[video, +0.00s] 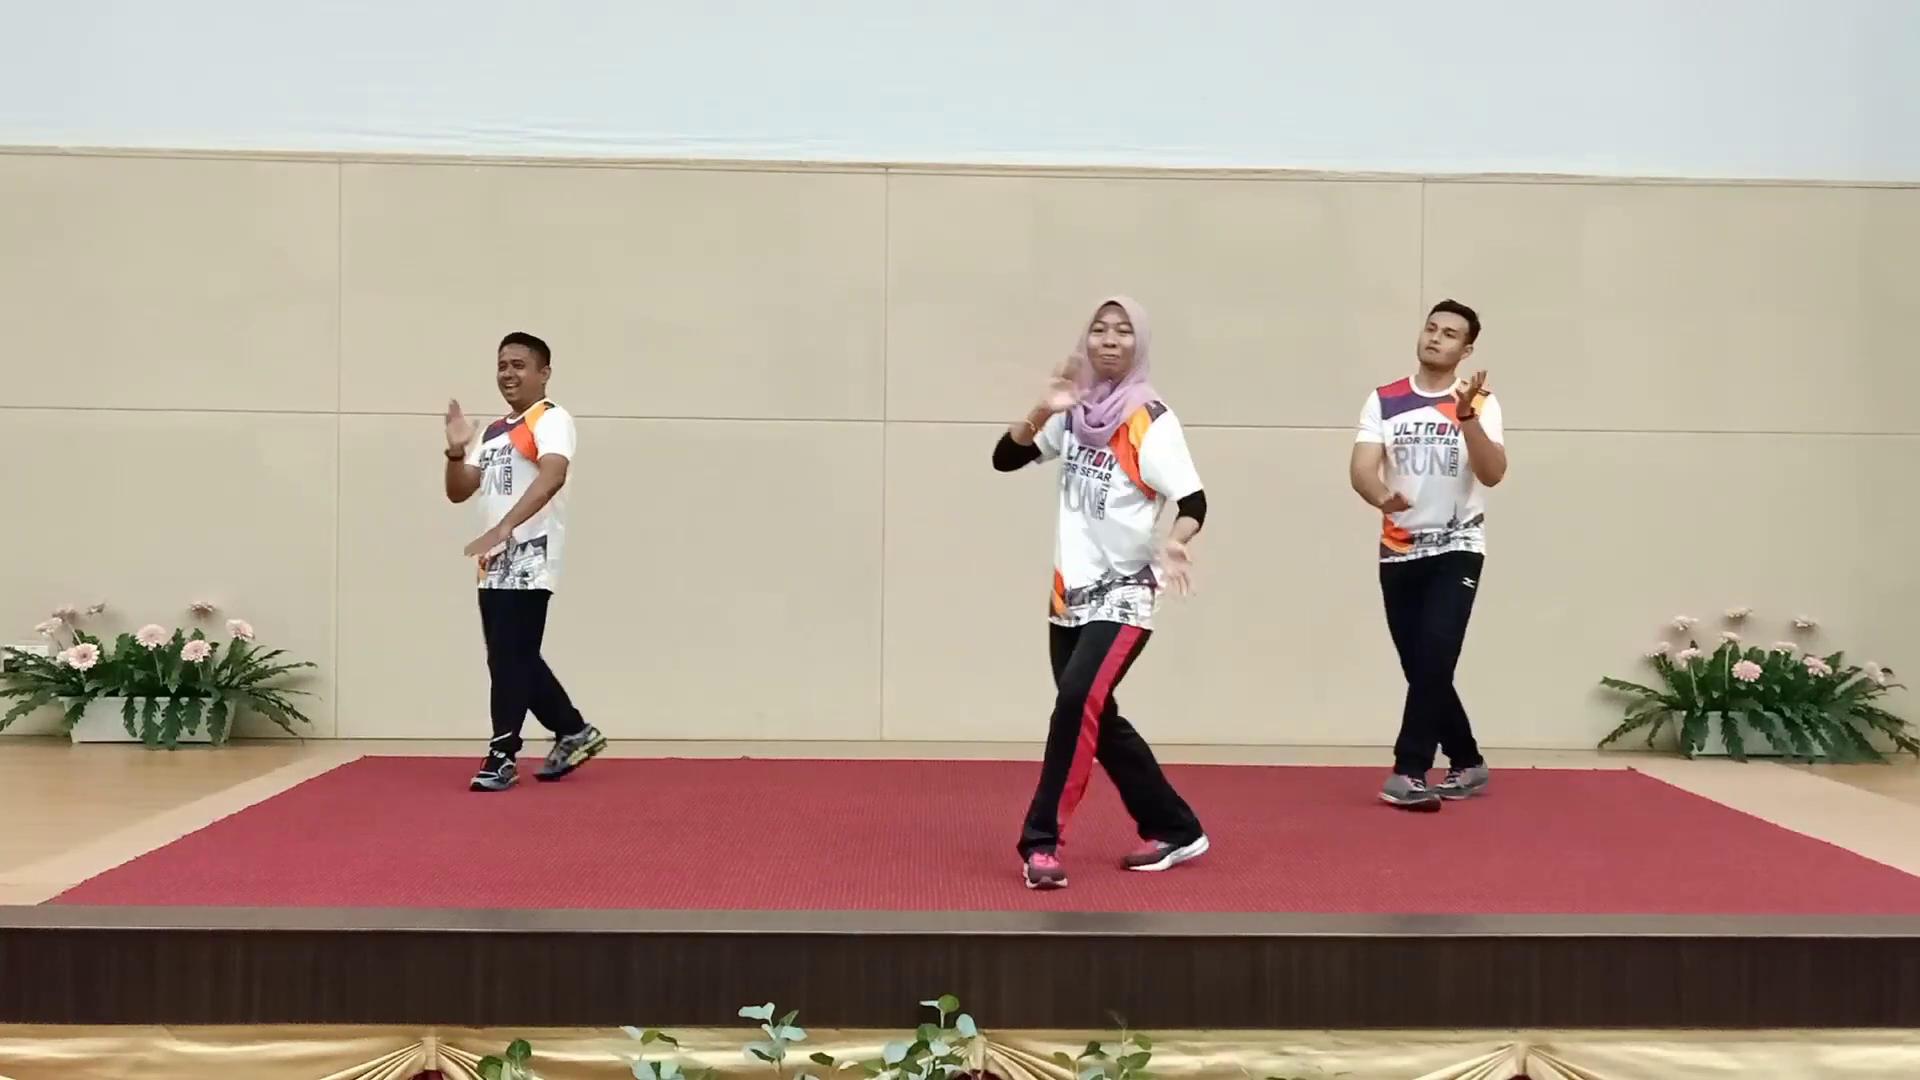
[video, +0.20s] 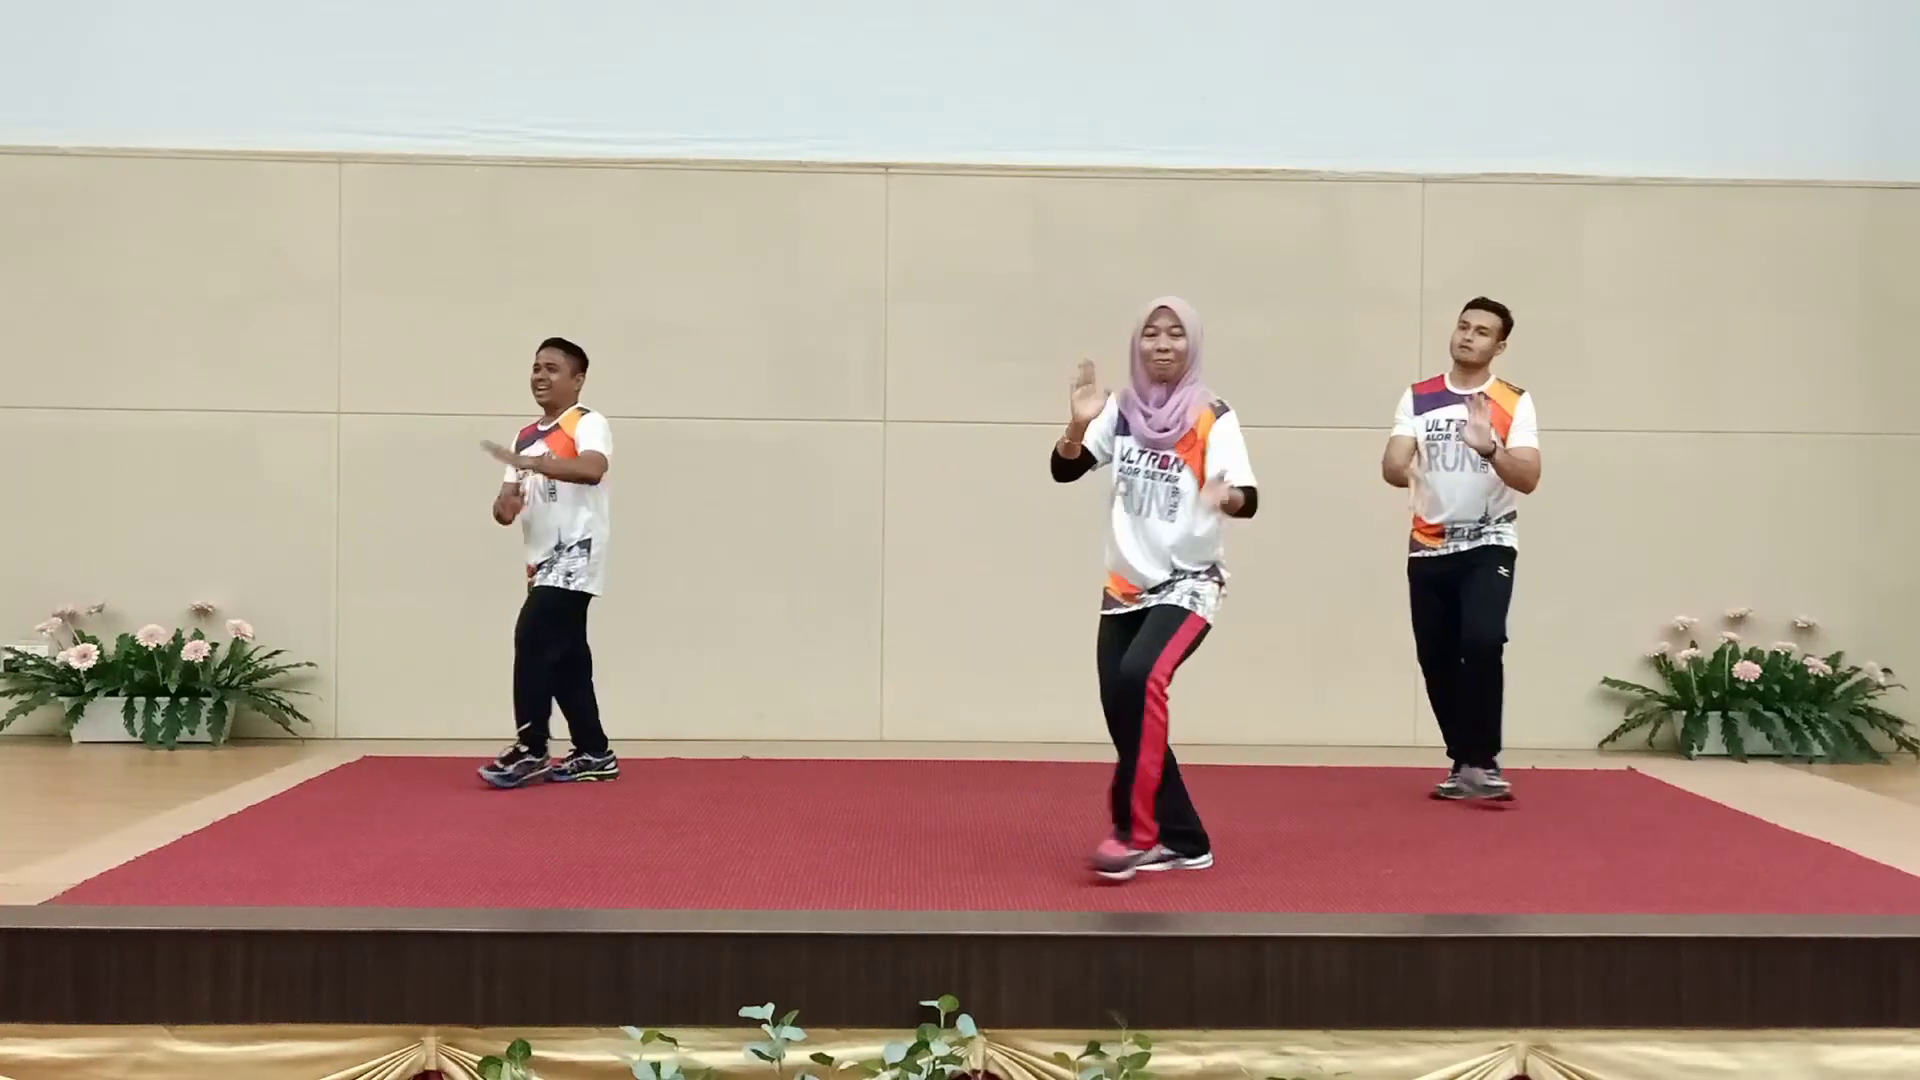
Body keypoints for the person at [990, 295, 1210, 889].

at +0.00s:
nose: (1111, 339)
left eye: (1123, 331)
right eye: (1101, 330)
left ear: (1140, 345)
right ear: (1085, 342)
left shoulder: (1150, 418)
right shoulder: (1071, 415)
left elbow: (1192, 499)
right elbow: (1004, 461)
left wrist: (1175, 539)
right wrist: (1036, 416)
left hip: (1127, 595)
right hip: (1070, 597)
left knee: (1075, 705)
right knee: (1098, 720)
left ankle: (1041, 843)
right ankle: (1179, 831)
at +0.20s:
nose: (1163, 343)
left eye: (1175, 334)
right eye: (1152, 333)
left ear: (1193, 346)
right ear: (1136, 344)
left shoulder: (1212, 417)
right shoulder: (1118, 412)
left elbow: (1246, 499)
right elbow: (1064, 470)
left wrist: (1231, 498)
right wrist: (1076, 426)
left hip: (1189, 584)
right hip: (1126, 589)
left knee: (1138, 676)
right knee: (1122, 713)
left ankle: (1133, 834)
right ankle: (1186, 841)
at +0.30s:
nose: (1192, 331)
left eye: (1204, 321)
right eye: (1181, 321)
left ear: (1222, 333)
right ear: (1164, 333)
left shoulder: (1241, 402)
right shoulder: (1141, 393)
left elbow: (1282, 476)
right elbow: (1095, 459)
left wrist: (1252, 427)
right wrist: (1089, 432)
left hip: (1217, 570)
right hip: (1150, 575)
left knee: (1185, 672)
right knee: (1144, 694)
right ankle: (1179, 836)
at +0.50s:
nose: (1256, 332)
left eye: (1268, 323)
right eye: (1245, 322)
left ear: (1289, 335)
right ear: (1230, 334)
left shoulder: (1303, 400)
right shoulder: (1206, 393)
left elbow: (1350, 450)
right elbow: (1172, 459)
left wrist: (1313, 379)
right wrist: (1151, 489)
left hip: (1277, 578)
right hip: (1206, 575)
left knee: (1301, 700)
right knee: (1178, 696)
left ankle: (1388, 834)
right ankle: (1182, 837)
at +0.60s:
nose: (1292, 346)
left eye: (1304, 335)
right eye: (1281, 336)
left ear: (1326, 345)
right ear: (1266, 347)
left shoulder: (1355, 410)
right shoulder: (1245, 408)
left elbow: (1380, 466)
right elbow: (1214, 479)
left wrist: (1333, 396)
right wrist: (1191, 533)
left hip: (1320, 594)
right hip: (1242, 589)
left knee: (1343, 715)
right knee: (1195, 698)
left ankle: (1398, 847)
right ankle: (1184, 836)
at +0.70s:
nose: (1320, 357)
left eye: (1334, 347)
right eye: (1310, 347)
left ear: (1358, 356)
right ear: (1299, 356)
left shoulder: (1388, 418)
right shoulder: (1282, 412)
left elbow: (1410, 481)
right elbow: (1244, 480)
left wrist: (1344, 424)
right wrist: (1209, 535)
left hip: (1350, 601)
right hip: (1275, 592)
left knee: (1356, 721)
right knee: (1206, 685)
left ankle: (1400, 848)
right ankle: (1186, 827)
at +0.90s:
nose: (1362, 359)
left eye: (1375, 350)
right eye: (1355, 348)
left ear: (1405, 355)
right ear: (1348, 352)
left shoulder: (1421, 416)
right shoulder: (1337, 406)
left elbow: (1432, 489)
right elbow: (1274, 453)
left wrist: (1353, 471)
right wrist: (1244, 445)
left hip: (1374, 597)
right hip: (1310, 582)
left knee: (1366, 720)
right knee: (1219, 651)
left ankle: (1401, 849)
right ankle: (1184, 804)